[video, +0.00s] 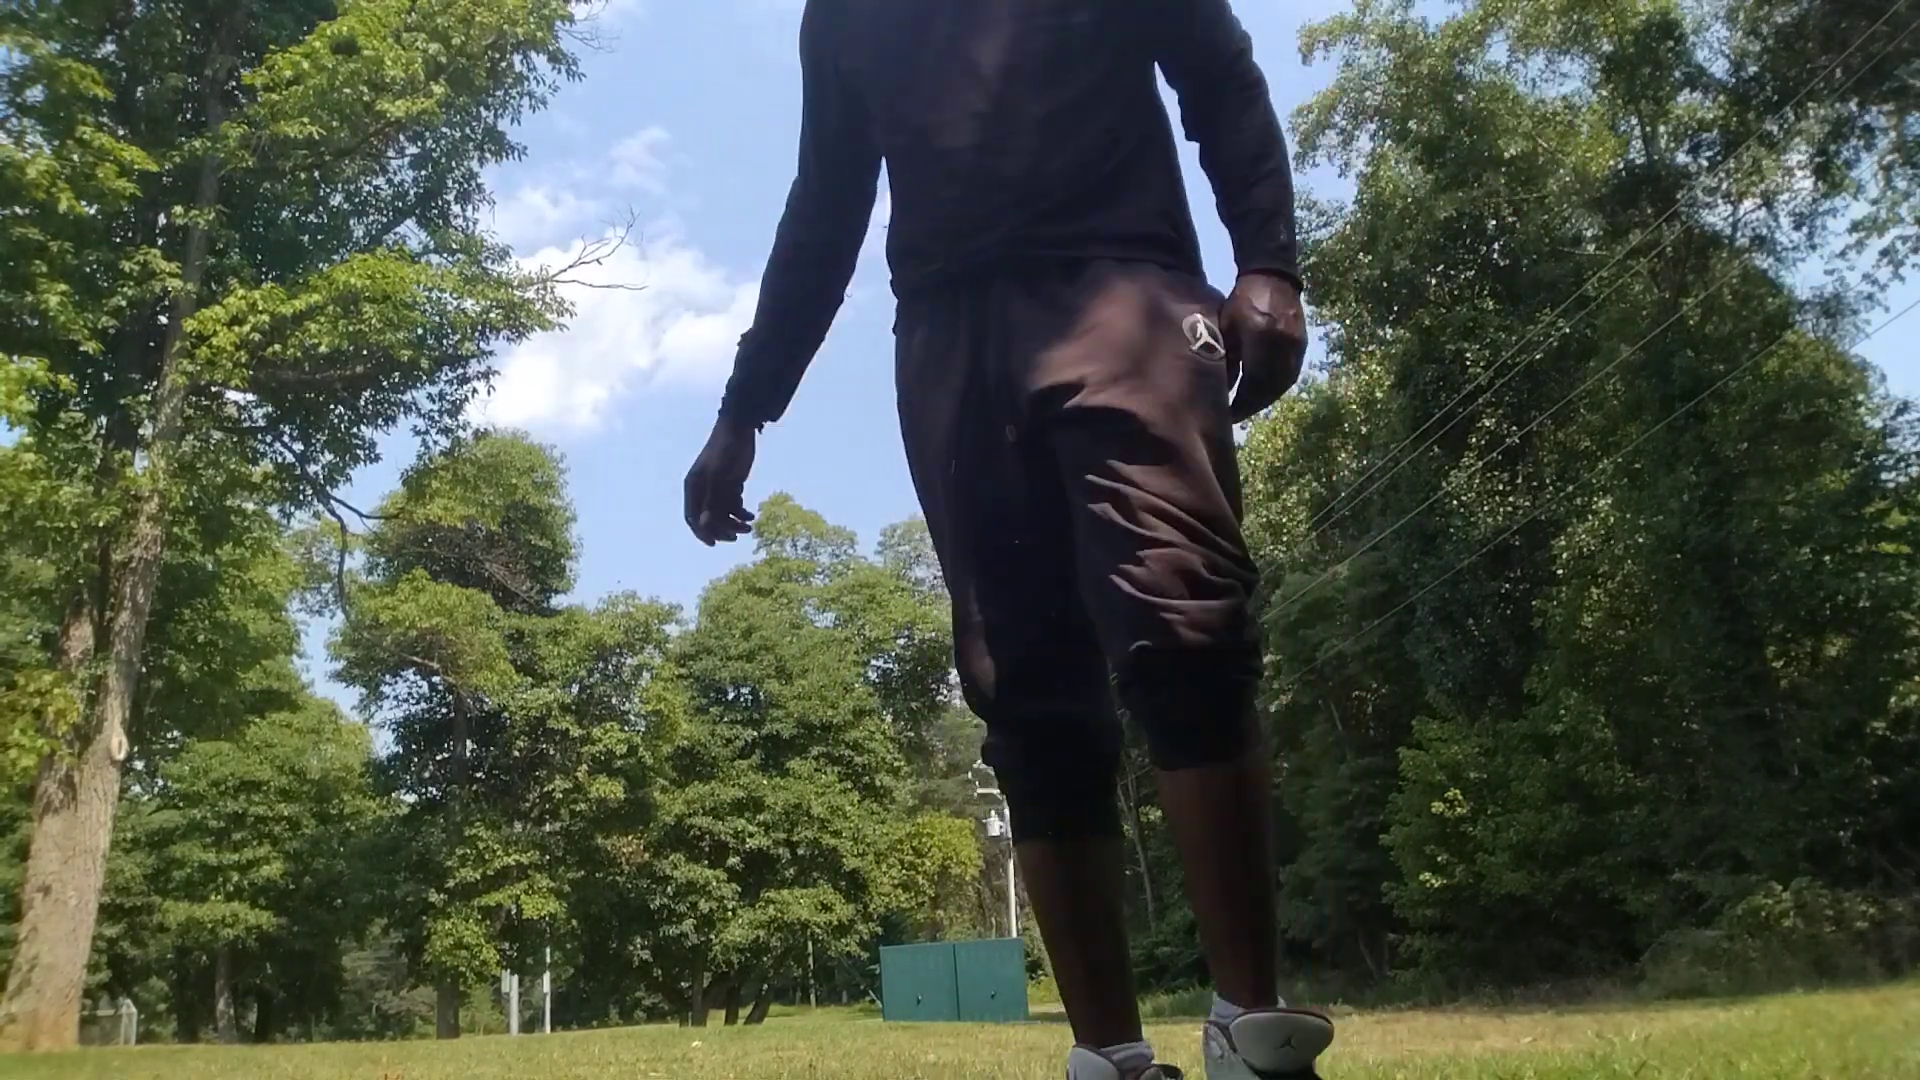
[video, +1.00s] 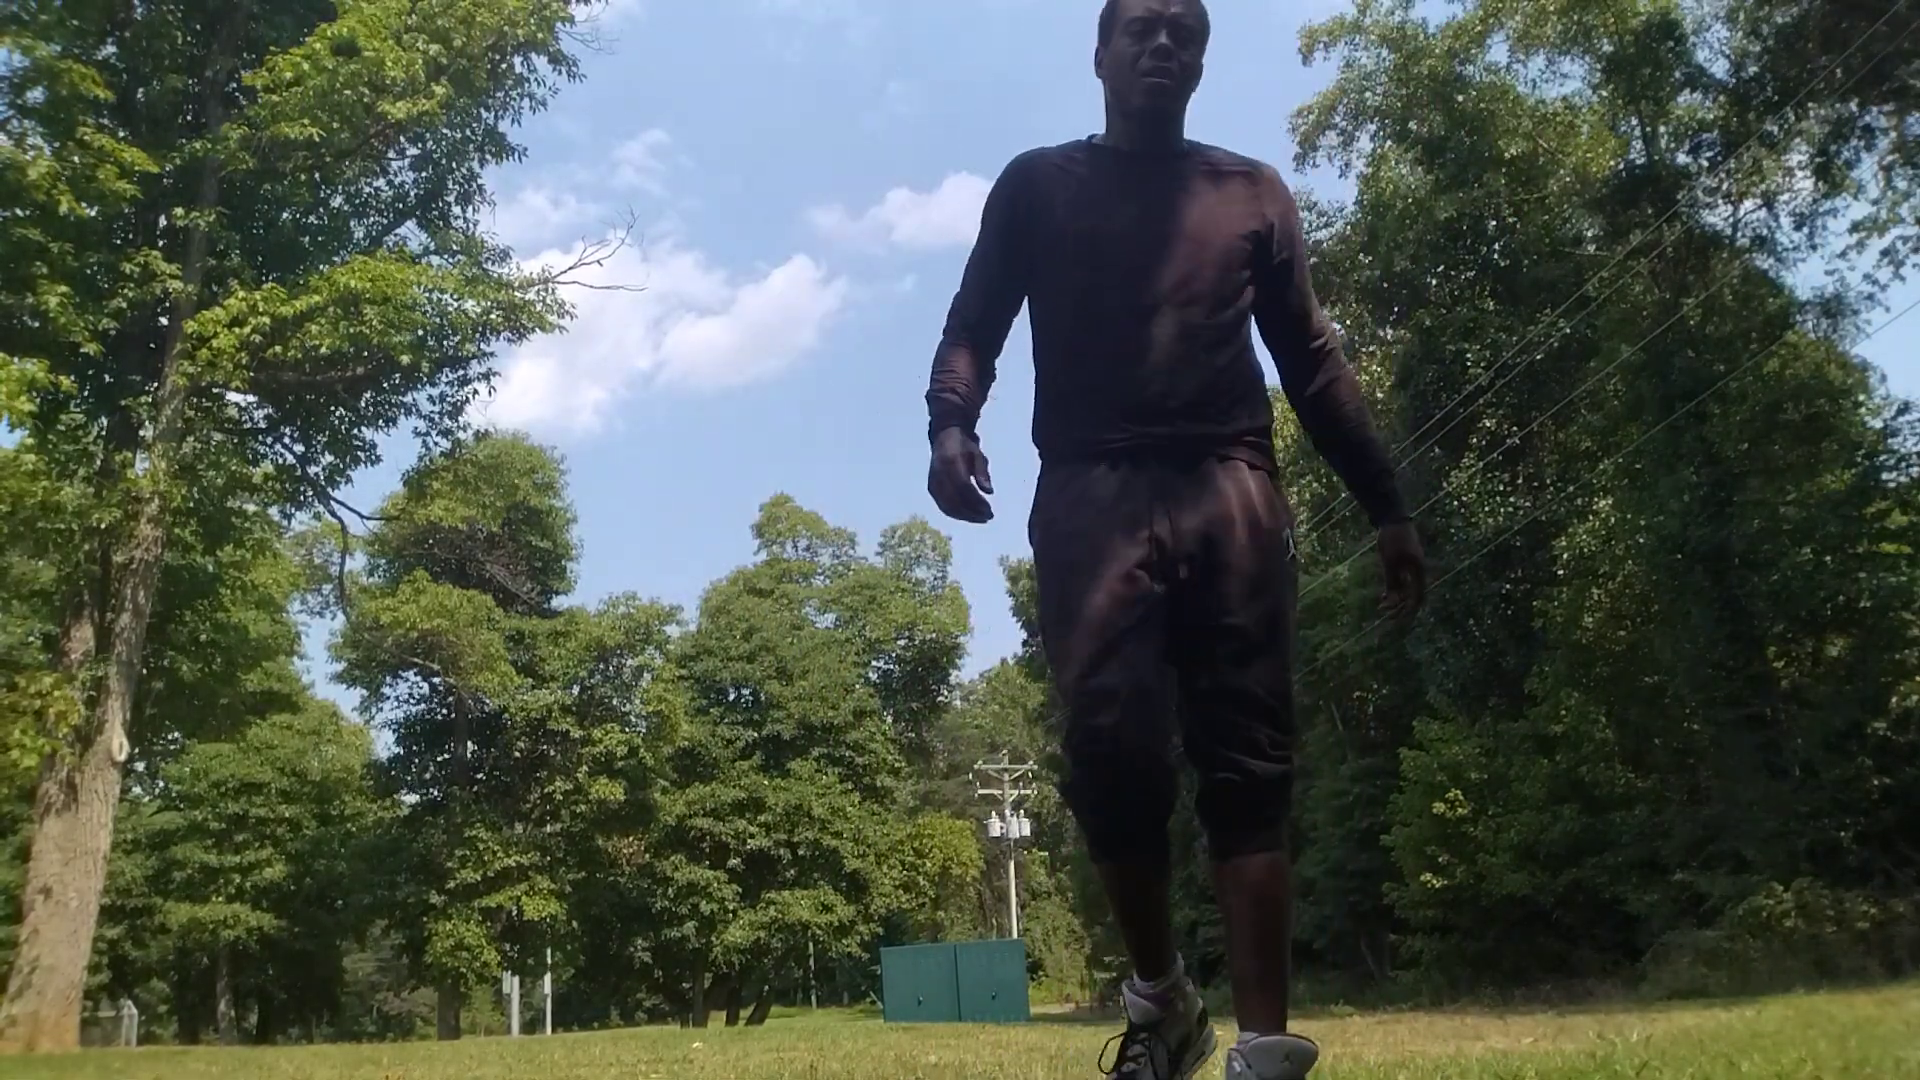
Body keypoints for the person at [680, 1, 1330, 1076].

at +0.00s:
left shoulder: (1140, 5)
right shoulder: (843, 14)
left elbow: (1223, 78)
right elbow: (825, 203)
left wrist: (1268, 263)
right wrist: (740, 416)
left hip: (1121, 284)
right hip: (946, 320)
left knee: (1187, 642)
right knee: (1031, 706)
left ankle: (1249, 1029)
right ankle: (1109, 1054)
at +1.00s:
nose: (1164, 46)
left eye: (1184, 34)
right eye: (1143, 29)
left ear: (1202, 61)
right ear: (1102, 50)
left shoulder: (1253, 191)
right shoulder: (1035, 185)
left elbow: (1314, 363)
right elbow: (971, 332)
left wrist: (1391, 511)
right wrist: (949, 421)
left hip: (1232, 492)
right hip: (1089, 497)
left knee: (1249, 767)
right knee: (1110, 749)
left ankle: (1266, 1045)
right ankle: (1155, 1000)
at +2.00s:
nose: (1121, 245)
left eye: (1139, 231)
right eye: (1110, 237)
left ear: (1181, 248)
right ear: (1103, 261)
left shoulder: (1244, 315)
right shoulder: (1105, 374)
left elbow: (1325, 420)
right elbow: (1118, 514)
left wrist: (1354, 527)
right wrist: (1088, 630)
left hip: (1252, 594)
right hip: (1146, 606)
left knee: (1303, 815)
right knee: (1172, 831)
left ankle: (1387, 1016)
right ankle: (1181, 1051)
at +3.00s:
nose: (1347, 367)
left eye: (1361, 354)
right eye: (1334, 357)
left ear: (1393, 365)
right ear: (1323, 373)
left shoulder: (1449, 430)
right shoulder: (1323, 467)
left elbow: (1527, 527)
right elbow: (1319, 569)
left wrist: (1551, 636)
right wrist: (1280, 653)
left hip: (1461, 657)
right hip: (1392, 672)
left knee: (1446, 832)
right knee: (1465, 840)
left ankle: (1428, 1038)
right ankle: (1560, 1025)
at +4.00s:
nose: (1465, 350)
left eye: (1476, 335)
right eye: (1462, 340)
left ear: (1526, 333)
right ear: (1488, 349)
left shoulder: (1615, 399)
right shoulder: (1471, 444)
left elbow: (1704, 490)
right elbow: (1472, 550)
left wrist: (1632, 541)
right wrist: (1436, 614)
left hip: (1631, 645)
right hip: (1534, 659)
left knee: (1684, 833)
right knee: (1539, 835)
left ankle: (1729, 1036)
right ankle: (1566, 1029)